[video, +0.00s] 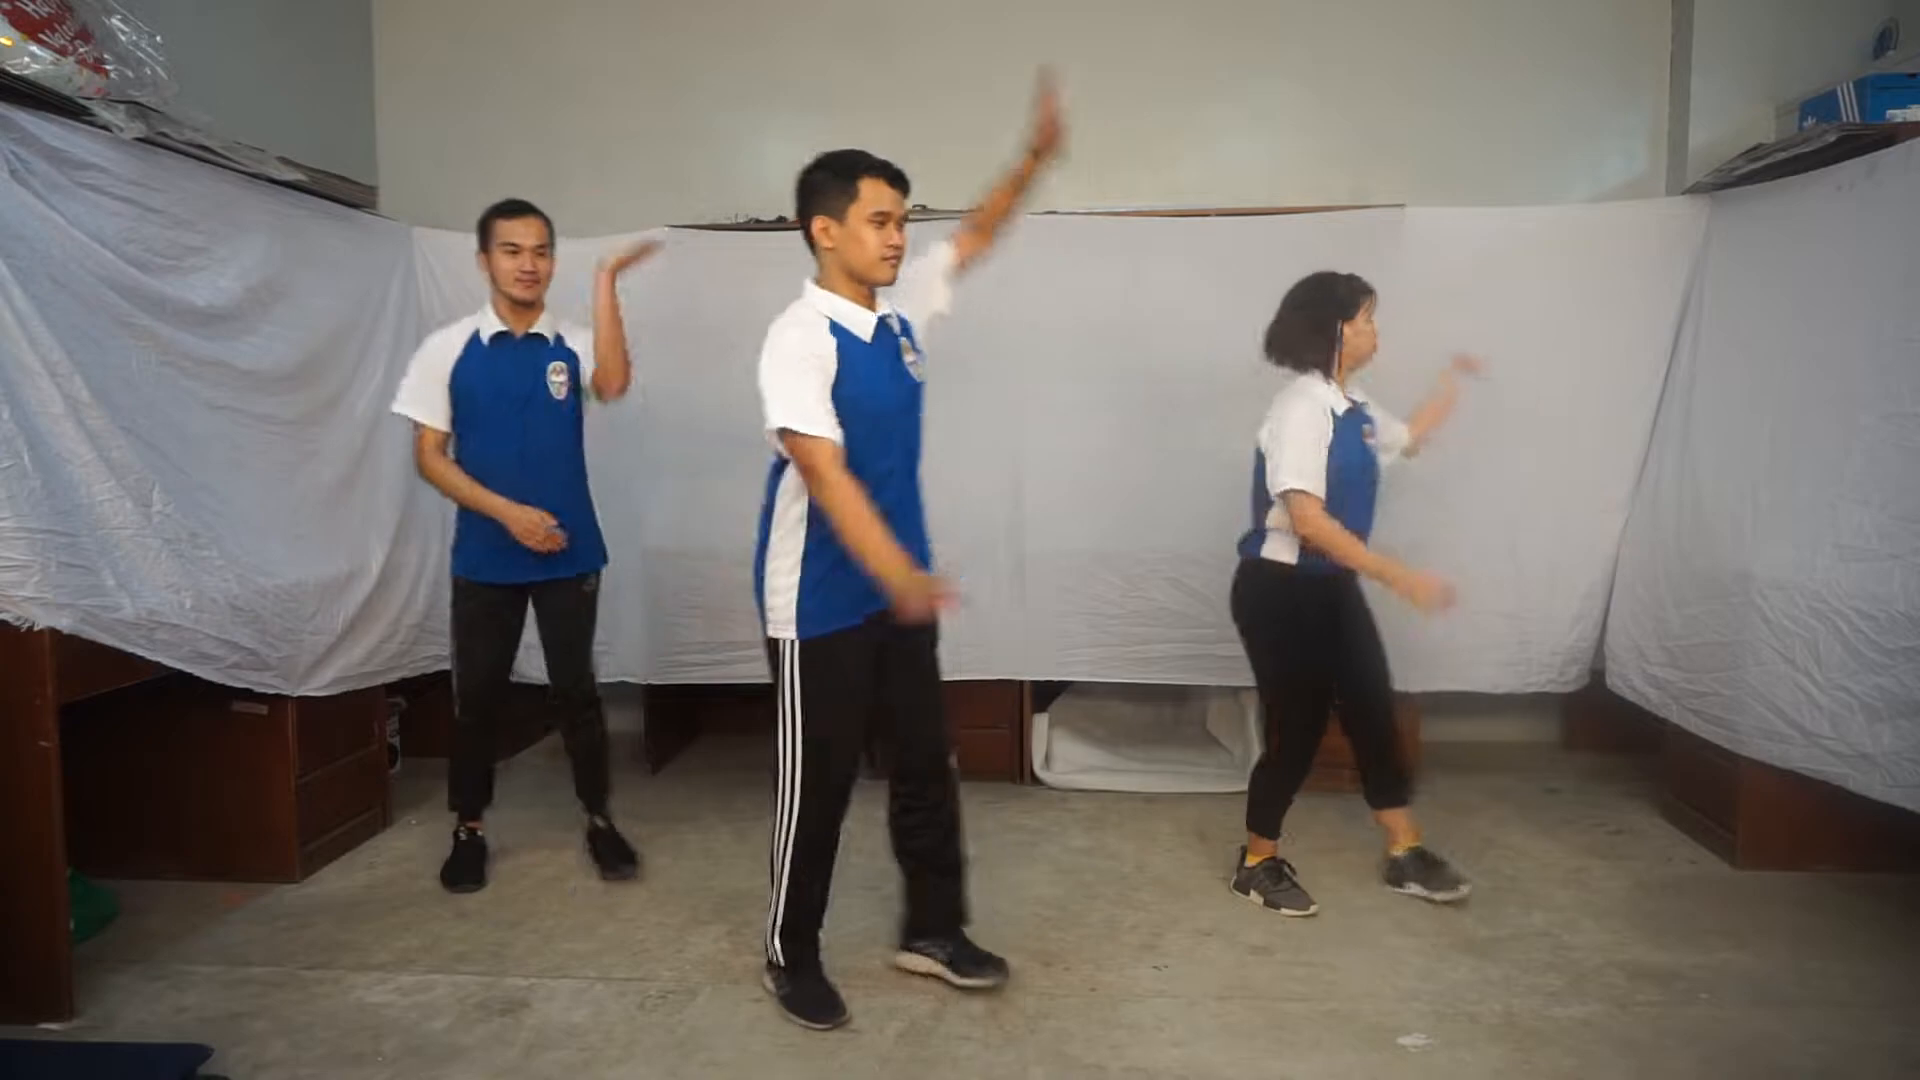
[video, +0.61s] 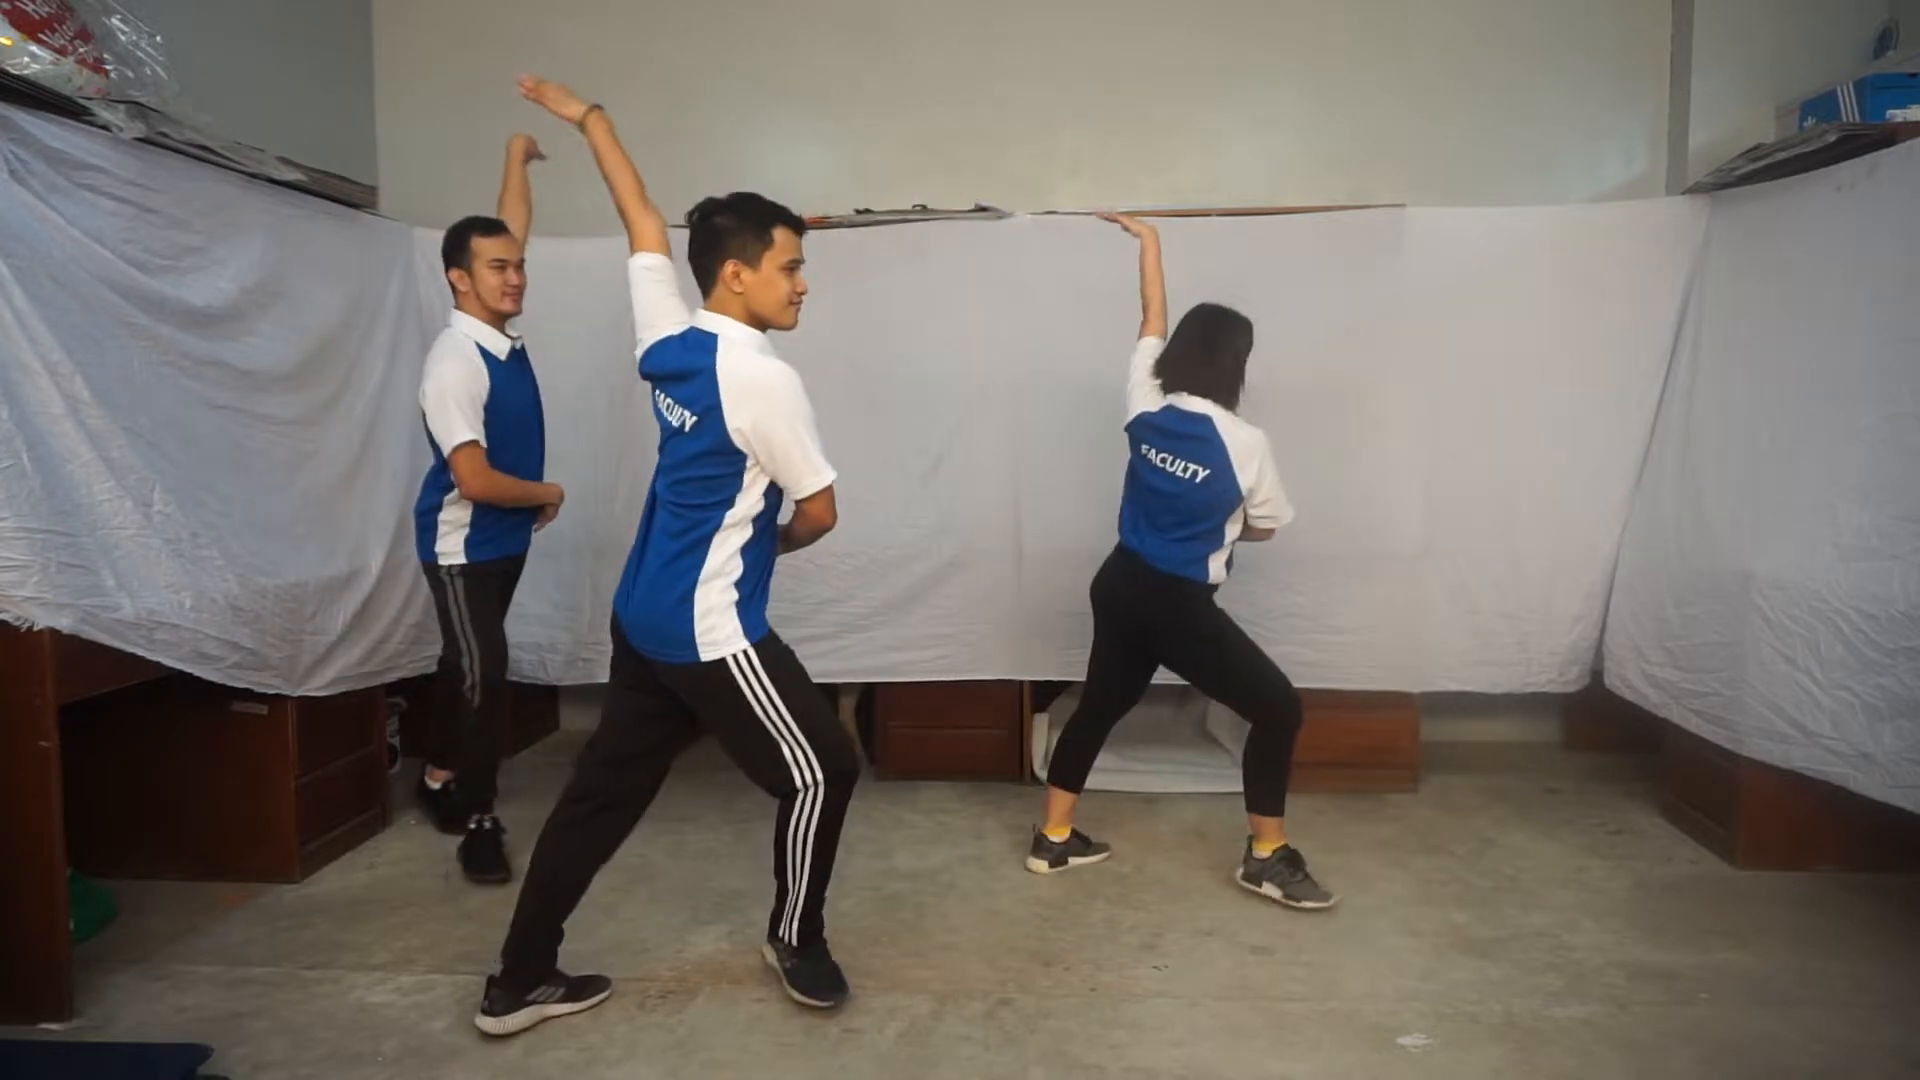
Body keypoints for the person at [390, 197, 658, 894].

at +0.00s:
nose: (529, 263)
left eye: (540, 251)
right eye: (512, 251)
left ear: (551, 262)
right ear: (485, 261)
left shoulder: (571, 343)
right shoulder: (447, 350)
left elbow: (612, 384)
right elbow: (429, 458)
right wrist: (510, 512)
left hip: (569, 555)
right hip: (486, 558)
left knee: (577, 691)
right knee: (476, 702)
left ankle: (600, 822)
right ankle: (468, 832)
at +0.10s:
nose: (510, 260)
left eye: (519, 248)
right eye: (493, 248)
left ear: (531, 258)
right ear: (459, 258)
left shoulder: (556, 337)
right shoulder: (425, 350)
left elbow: (644, 293)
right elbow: (414, 462)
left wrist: (601, 206)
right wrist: (510, 516)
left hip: (546, 549)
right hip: (468, 556)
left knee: (548, 681)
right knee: (468, 696)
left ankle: (515, 769)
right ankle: (464, 828)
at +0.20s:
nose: (505, 261)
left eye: (512, 247)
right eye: (487, 249)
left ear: (521, 256)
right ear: (454, 261)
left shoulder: (538, 329)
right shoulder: (425, 350)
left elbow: (592, 254)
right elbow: (411, 465)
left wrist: (582, 154)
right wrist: (509, 516)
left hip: (535, 552)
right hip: (467, 558)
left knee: (517, 696)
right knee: (471, 701)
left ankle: (465, 767)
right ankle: (468, 826)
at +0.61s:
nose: (512, 279)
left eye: (516, 266)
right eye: (497, 267)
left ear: (517, 273)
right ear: (460, 282)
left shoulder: (499, 332)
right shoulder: (455, 359)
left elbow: (509, 241)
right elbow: (472, 478)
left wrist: (518, 161)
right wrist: (544, 493)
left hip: (500, 539)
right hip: (461, 545)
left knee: (473, 664)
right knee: (483, 676)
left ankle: (443, 776)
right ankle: (481, 821)